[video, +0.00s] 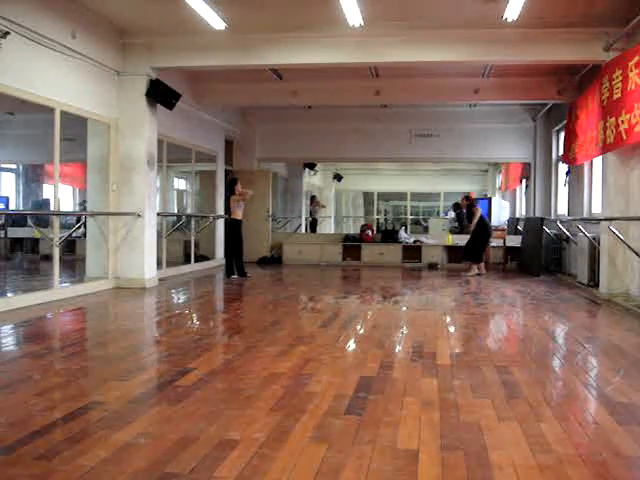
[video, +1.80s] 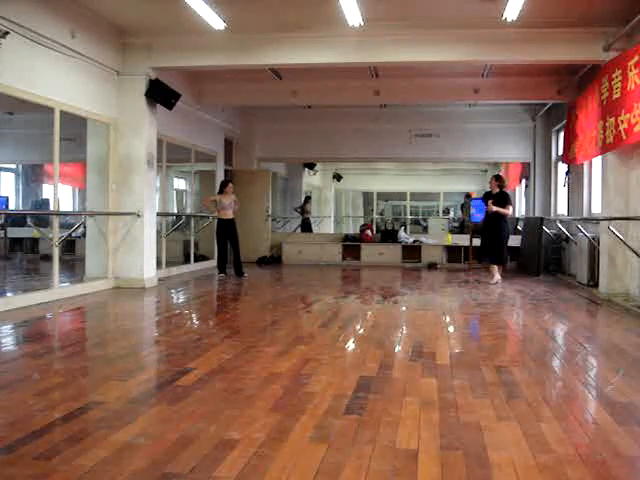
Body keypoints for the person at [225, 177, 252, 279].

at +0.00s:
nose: (240, 187)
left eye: (239, 185)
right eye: (238, 185)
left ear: (237, 187)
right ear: (234, 187)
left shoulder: (239, 197)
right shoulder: (233, 198)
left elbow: (249, 193)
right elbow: (246, 197)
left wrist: (242, 192)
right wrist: (242, 192)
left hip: (238, 221)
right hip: (232, 221)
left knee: (238, 247)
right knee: (231, 248)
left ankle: (241, 271)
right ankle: (230, 272)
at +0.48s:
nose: (240, 187)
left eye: (240, 185)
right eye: (238, 185)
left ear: (238, 187)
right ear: (234, 187)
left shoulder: (241, 197)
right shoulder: (233, 198)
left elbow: (253, 198)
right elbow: (241, 197)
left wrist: (249, 196)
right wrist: (247, 196)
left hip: (240, 221)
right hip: (234, 221)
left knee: (239, 248)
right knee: (232, 248)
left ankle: (241, 271)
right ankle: (230, 272)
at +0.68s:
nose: (242, 186)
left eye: (242, 184)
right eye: (240, 184)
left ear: (241, 187)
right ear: (236, 187)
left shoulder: (242, 198)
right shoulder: (235, 198)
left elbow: (244, 211)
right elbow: (233, 210)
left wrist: (250, 207)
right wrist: (244, 206)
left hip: (241, 221)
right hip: (235, 221)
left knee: (240, 247)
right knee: (233, 247)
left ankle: (241, 271)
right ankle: (230, 271)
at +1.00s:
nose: (245, 187)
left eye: (245, 185)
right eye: (243, 185)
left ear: (243, 187)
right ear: (238, 187)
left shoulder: (245, 198)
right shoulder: (233, 197)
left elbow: (245, 207)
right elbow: (220, 204)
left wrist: (246, 212)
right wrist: (229, 211)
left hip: (241, 221)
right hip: (233, 220)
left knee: (241, 247)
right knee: (230, 246)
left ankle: (241, 271)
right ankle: (226, 270)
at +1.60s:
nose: (232, 187)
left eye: (232, 185)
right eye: (230, 185)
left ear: (233, 187)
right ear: (225, 187)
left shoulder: (234, 196)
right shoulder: (220, 197)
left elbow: (238, 206)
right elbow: (208, 201)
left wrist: (238, 206)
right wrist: (214, 208)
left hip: (232, 220)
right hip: (222, 220)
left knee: (235, 247)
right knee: (222, 247)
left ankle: (238, 271)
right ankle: (222, 271)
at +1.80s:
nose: (231, 189)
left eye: (232, 187)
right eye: (229, 187)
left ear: (232, 188)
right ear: (224, 188)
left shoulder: (233, 197)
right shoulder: (219, 197)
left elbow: (237, 205)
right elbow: (206, 200)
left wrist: (235, 208)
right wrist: (214, 210)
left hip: (231, 220)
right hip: (222, 220)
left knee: (235, 247)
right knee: (222, 247)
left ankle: (239, 271)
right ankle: (222, 271)